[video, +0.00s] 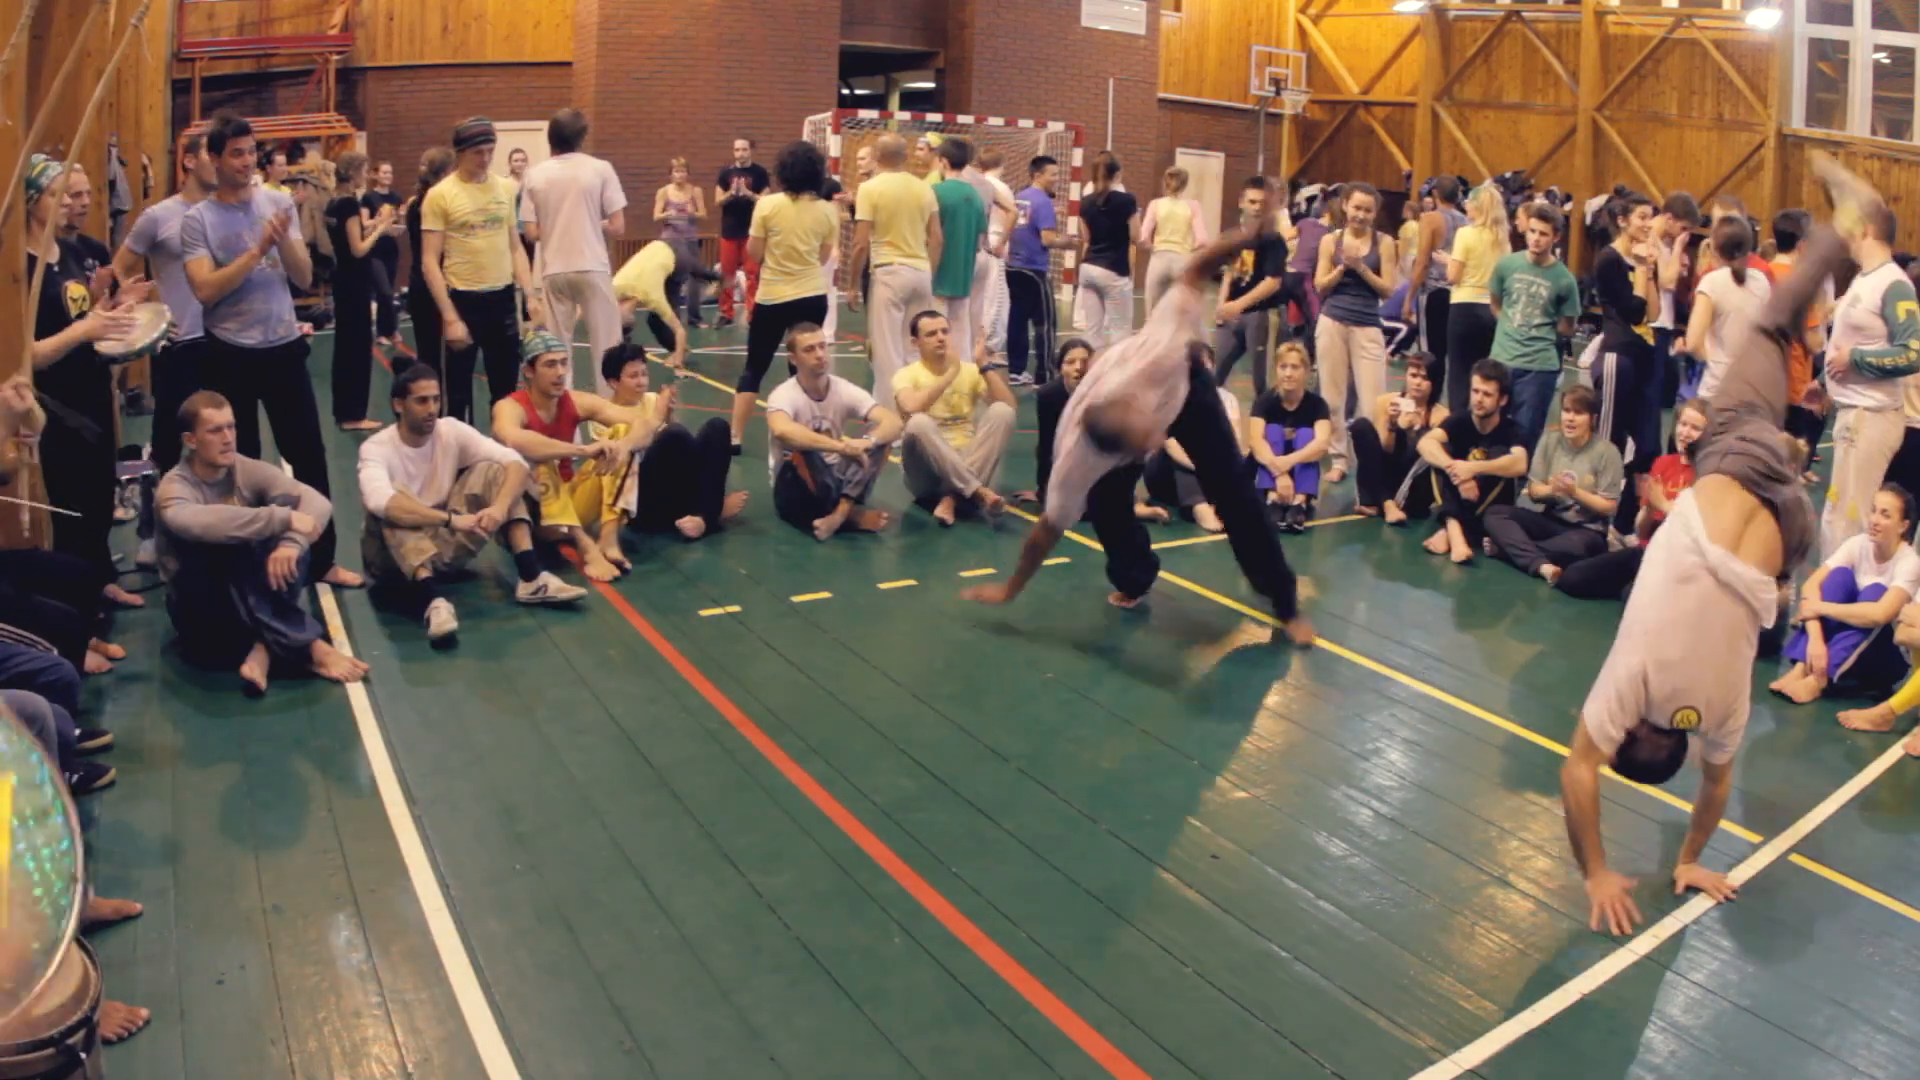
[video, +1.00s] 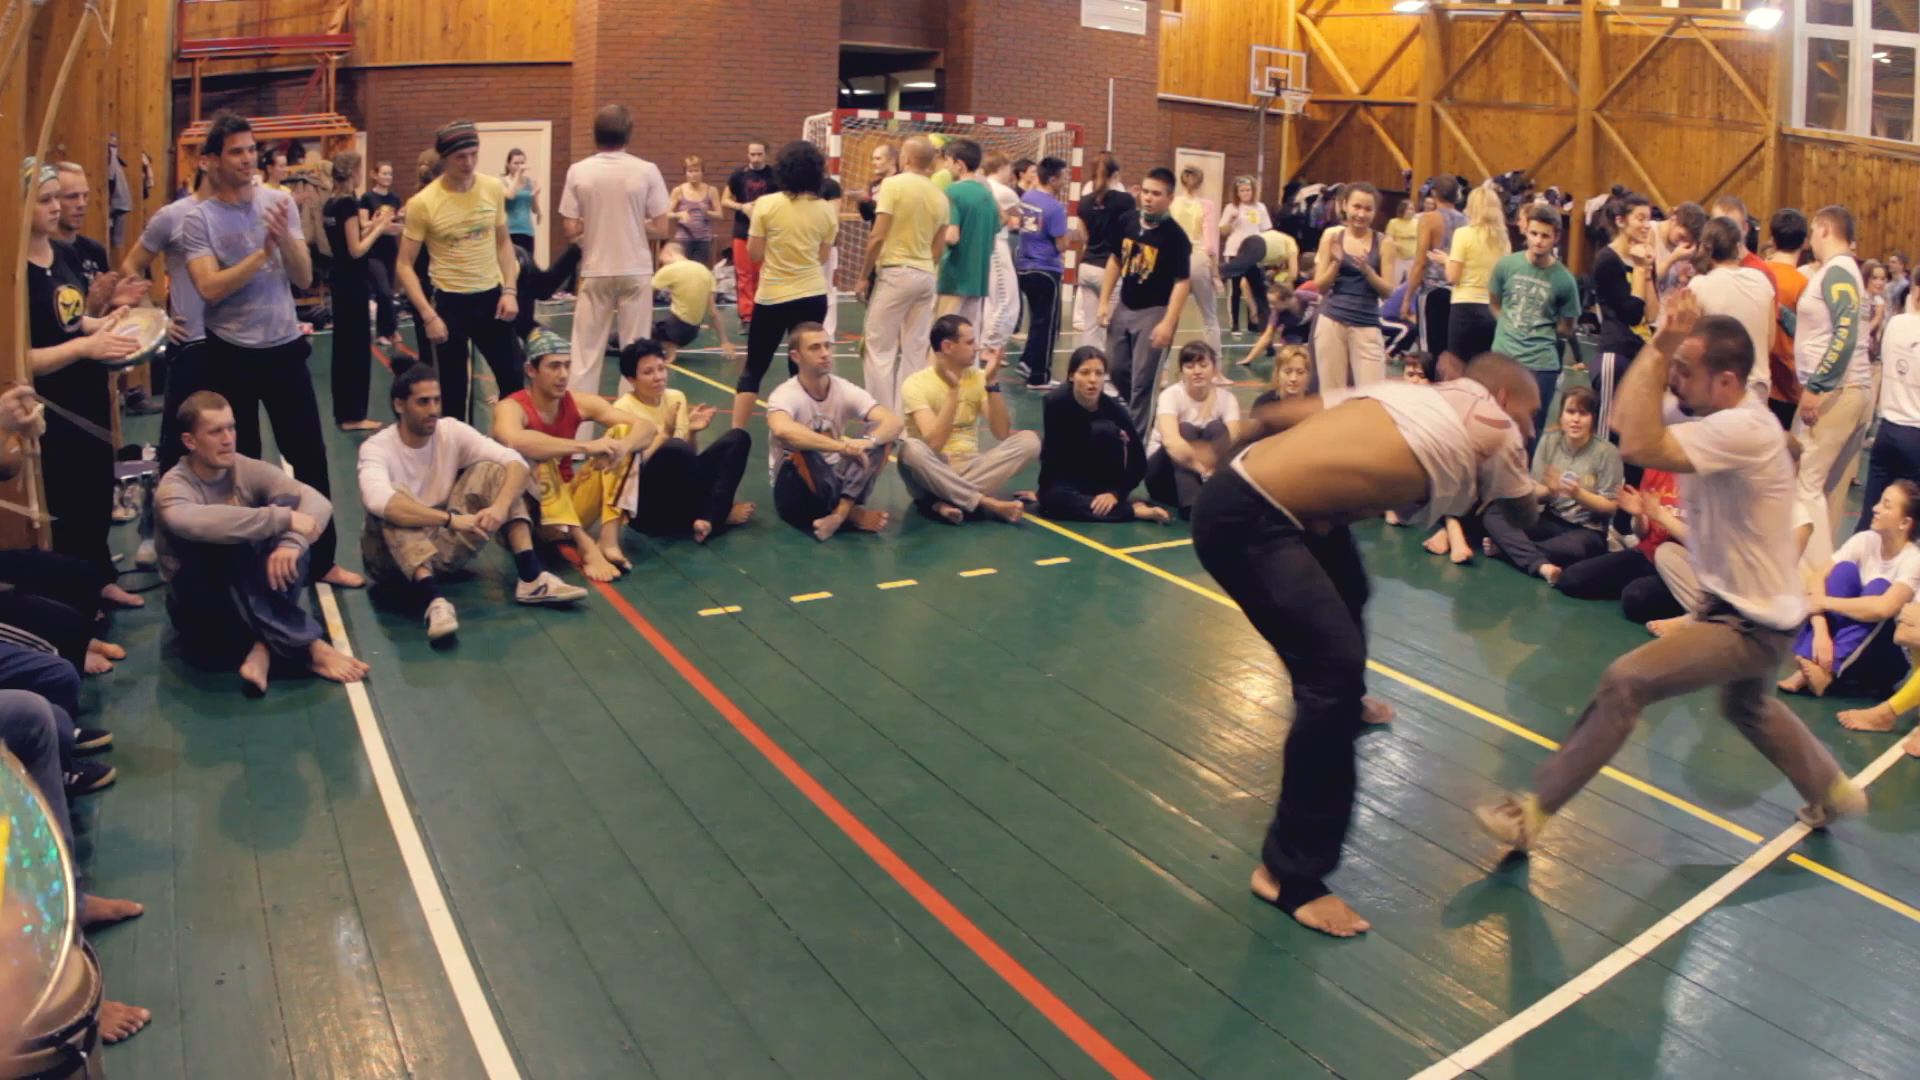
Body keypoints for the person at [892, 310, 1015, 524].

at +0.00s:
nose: (940, 338)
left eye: (944, 332)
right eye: (931, 334)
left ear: (950, 335)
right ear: (916, 342)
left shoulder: (969, 371)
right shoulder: (906, 376)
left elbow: (1008, 407)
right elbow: (911, 406)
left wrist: (985, 367)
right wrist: (950, 374)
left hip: (969, 475)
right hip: (926, 477)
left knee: (1003, 411)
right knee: (918, 423)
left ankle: (952, 497)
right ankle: (978, 490)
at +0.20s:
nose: (942, 340)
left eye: (946, 334)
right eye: (933, 336)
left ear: (952, 337)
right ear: (917, 344)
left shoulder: (967, 371)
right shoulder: (907, 378)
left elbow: (1005, 415)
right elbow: (922, 420)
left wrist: (983, 375)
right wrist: (961, 384)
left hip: (969, 471)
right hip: (928, 475)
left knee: (1013, 420)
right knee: (913, 432)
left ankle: (952, 498)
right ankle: (984, 496)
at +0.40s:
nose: (947, 342)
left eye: (951, 335)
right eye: (937, 338)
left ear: (957, 339)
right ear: (921, 346)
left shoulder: (970, 373)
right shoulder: (911, 382)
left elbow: (1005, 425)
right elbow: (929, 427)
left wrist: (985, 380)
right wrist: (969, 391)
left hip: (972, 466)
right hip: (932, 471)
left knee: (1024, 431)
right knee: (915, 441)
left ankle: (954, 499)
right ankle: (990, 501)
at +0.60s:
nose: (956, 344)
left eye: (958, 337)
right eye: (946, 339)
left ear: (963, 339)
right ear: (927, 345)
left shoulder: (975, 375)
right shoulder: (913, 383)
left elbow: (1007, 429)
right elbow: (928, 431)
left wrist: (991, 377)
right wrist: (954, 386)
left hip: (973, 466)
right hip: (933, 467)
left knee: (1031, 442)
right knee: (915, 445)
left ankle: (953, 500)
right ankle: (989, 501)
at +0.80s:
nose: (972, 348)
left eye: (971, 341)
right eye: (966, 342)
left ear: (947, 345)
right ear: (944, 345)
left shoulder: (976, 377)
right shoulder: (915, 383)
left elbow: (1005, 432)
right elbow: (925, 436)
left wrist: (991, 386)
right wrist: (954, 388)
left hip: (973, 466)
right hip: (934, 467)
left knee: (1028, 440)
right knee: (913, 447)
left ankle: (953, 500)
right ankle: (986, 501)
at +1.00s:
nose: (976, 348)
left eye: (974, 342)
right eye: (969, 342)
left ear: (948, 346)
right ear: (947, 346)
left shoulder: (978, 377)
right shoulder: (915, 384)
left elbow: (1002, 433)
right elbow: (934, 443)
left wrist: (992, 383)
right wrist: (953, 392)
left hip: (974, 465)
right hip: (936, 468)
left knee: (1030, 441)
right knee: (910, 448)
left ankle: (951, 501)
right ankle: (986, 503)